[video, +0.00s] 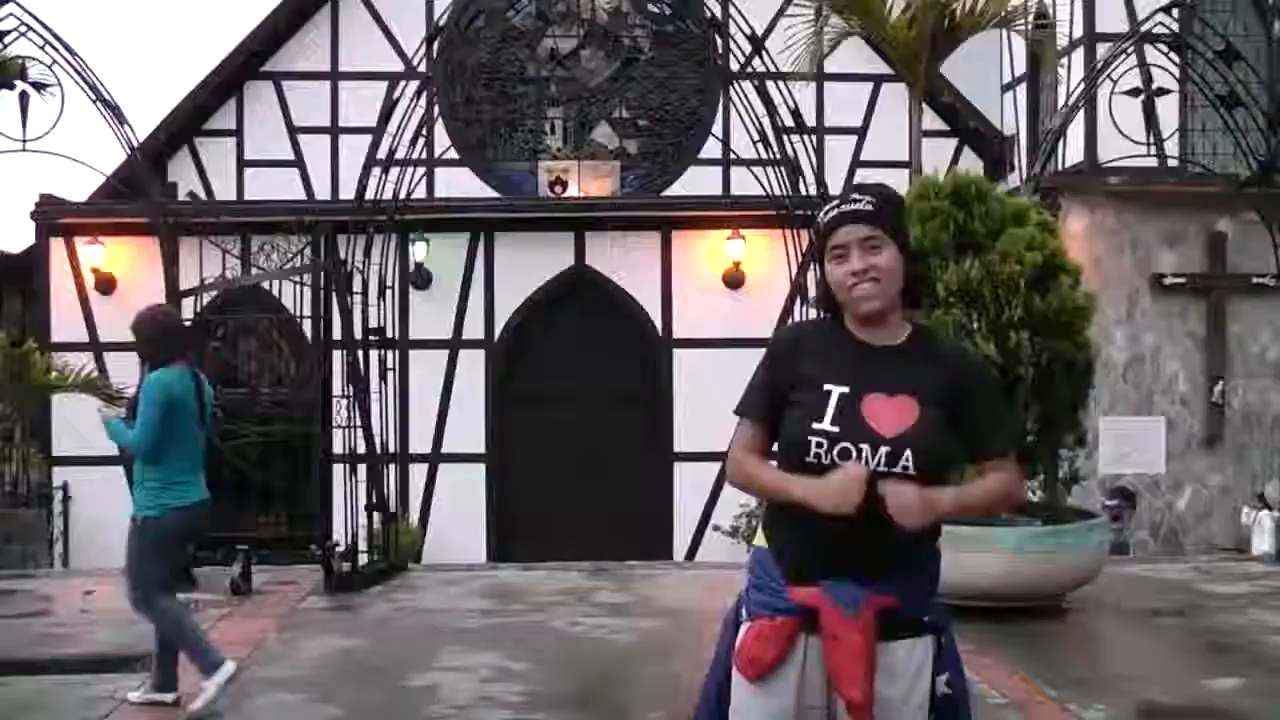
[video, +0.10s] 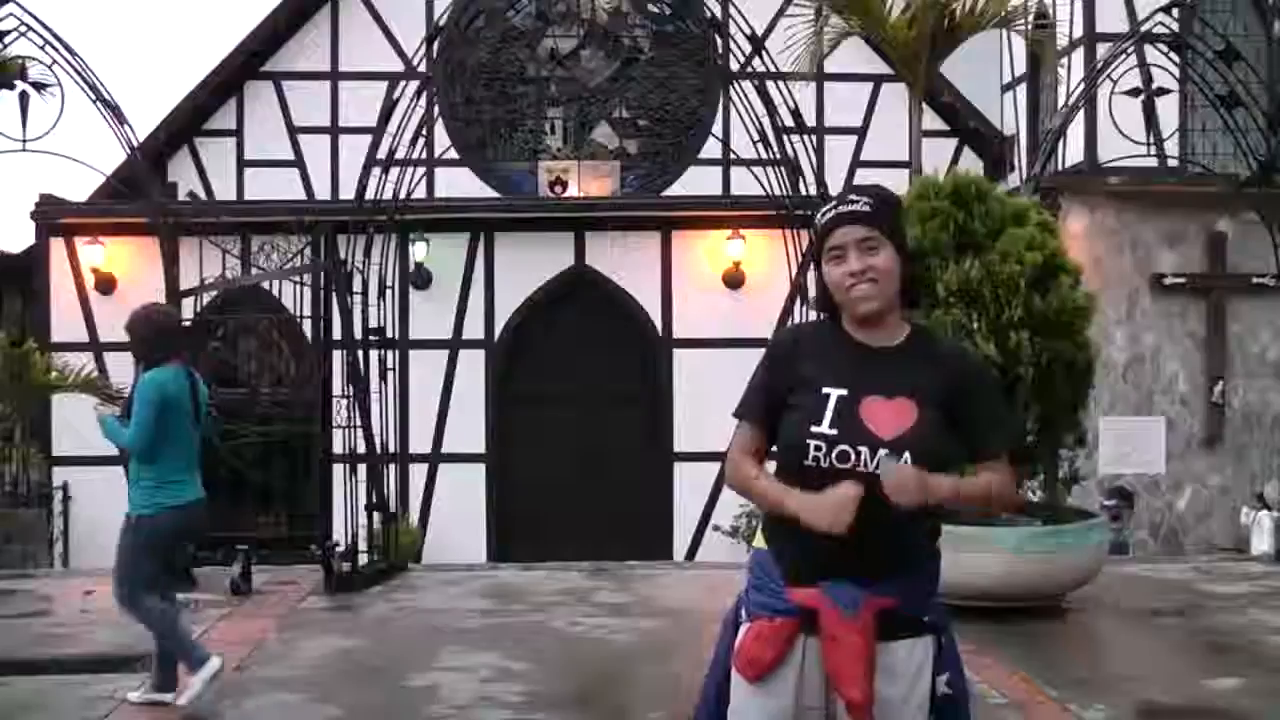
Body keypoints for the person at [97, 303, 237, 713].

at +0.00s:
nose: (136, 347)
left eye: (139, 341)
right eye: (136, 340)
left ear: (150, 342)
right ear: (178, 338)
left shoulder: (158, 384)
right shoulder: (197, 382)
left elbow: (141, 443)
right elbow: (205, 431)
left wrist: (113, 421)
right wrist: (141, 416)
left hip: (158, 508)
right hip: (190, 501)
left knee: (144, 595)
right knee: (165, 593)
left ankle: (214, 666)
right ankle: (163, 683)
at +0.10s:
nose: (131, 347)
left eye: (133, 340)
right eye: (131, 340)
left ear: (143, 342)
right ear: (173, 337)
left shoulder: (152, 383)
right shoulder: (193, 381)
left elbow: (136, 442)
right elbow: (205, 430)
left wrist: (107, 420)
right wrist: (139, 416)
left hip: (153, 507)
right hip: (187, 501)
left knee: (131, 592)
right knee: (164, 590)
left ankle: (199, 660)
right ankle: (163, 681)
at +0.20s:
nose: (113, 345)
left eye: (115, 339)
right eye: (114, 338)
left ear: (125, 341)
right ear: (154, 336)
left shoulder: (136, 382)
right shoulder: (173, 379)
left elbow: (119, 441)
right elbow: (151, 435)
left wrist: (90, 418)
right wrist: (111, 411)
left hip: (137, 507)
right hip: (173, 502)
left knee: (99, 582)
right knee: (159, 594)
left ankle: (139, 656)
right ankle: (165, 682)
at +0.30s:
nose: (99, 352)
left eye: (101, 344)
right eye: (99, 345)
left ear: (111, 344)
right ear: (141, 339)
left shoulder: (125, 384)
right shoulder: (159, 380)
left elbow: (111, 444)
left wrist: (80, 418)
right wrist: (102, 410)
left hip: (126, 507)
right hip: (163, 501)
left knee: (92, 585)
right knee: (155, 592)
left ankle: (89, 683)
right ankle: (164, 685)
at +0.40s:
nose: (88, 353)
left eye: (91, 345)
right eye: (87, 346)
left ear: (104, 346)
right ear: (127, 342)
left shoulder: (112, 385)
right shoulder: (146, 381)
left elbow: (95, 444)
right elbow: (143, 435)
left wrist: (67, 420)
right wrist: (88, 417)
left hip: (112, 510)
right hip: (149, 503)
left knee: (82, 598)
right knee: (151, 598)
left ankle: (50, 681)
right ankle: (164, 684)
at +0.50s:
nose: (64, 355)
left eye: (66, 348)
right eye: (63, 348)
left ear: (79, 350)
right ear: (105, 345)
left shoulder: (88, 391)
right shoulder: (123, 387)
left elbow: (72, 451)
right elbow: (118, 447)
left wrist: (43, 425)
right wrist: (61, 422)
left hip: (89, 514)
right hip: (126, 508)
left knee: (56, 594)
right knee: (134, 595)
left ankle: (37, 685)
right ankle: (162, 680)